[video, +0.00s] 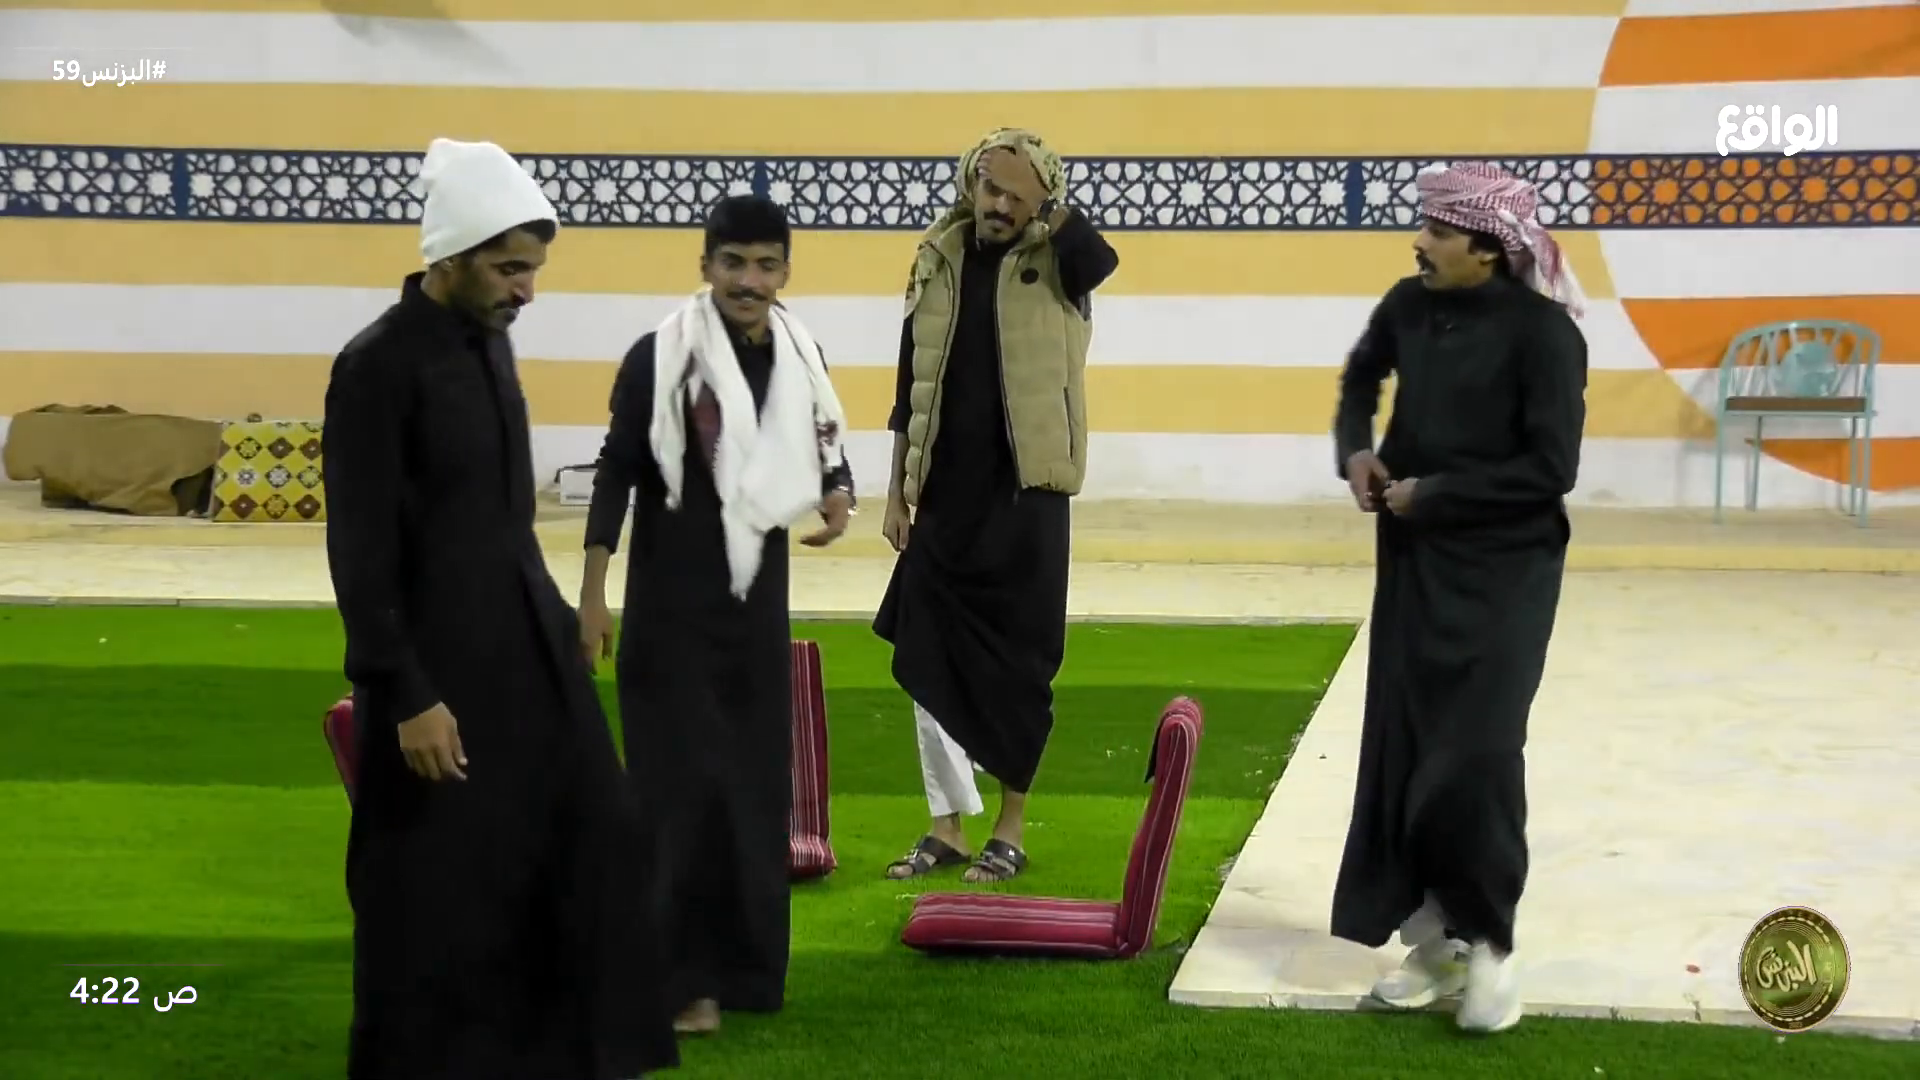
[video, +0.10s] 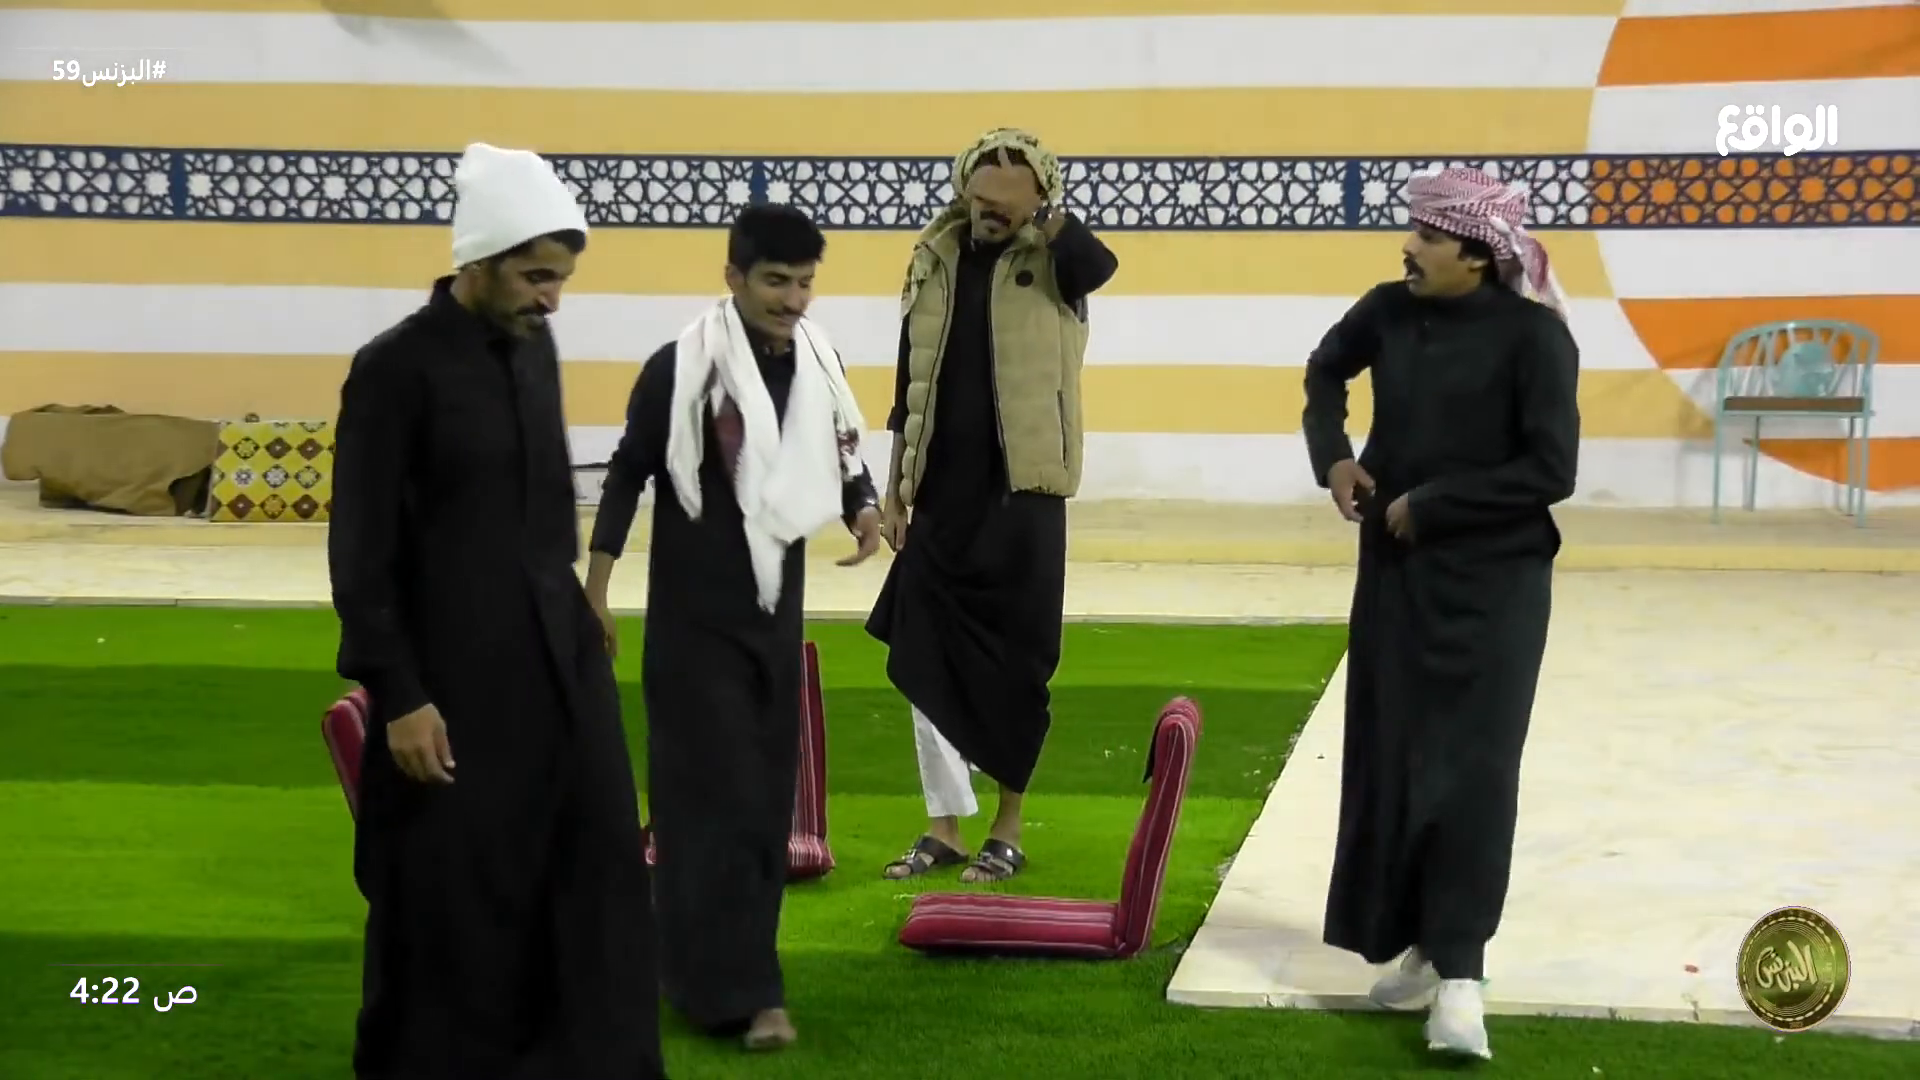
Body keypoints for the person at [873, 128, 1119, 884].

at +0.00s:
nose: (999, 209)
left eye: (1015, 200)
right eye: (991, 193)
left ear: (1044, 202)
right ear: (972, 186)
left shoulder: (1058, 257)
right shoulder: (938, 255)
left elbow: (1093, 264)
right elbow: (911, 376)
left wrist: (1054, 206)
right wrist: (896, 482)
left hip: (1027, 493)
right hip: (943, 489)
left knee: (1020, 658)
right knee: (927, 656)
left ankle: (1007, 833)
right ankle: (947, 830)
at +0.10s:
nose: (992, 222)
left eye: (1007, 211)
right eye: (982, 208)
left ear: (1040, 205)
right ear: (965, 194)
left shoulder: (1055, 258)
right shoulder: (935, 257)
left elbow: (1095, 270)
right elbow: (909, 378)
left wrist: (1048, 215)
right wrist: (894, 482)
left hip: (1023, 497)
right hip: (939, 494)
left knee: (1017, 663)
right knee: (923, 659)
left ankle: (1005, 832)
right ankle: (946, 831)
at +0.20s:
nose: (982, 212)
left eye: (998, 199)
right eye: (973, 198)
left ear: (1033, 195)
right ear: (960, 193)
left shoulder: (1054, 258)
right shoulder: (933, 261)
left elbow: (1104, 274)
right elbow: (909, 382)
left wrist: (1040, 222)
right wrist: (893, 483)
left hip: (1021, 496)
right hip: (936, 493)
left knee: (1016, 662)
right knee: (923, 658)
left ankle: (1004, 833)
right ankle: (943, 833)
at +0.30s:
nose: (980, 196)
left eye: (997, 186)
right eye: (969, 183)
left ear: (1023, 196)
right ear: (950, 188)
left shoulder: (1046, 259)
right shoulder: (923, 263)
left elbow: (1114, 298)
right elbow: (902, 373)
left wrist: (1026, 254)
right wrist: (894, 467)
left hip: (1016, 498)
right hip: (929, 493)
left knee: (1011, 664)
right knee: (916, 657)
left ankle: (999, 832)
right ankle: (937, 831)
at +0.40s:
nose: (971, 195)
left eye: (987, 184)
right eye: (959, 181)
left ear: (1013, 195)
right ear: (939, 189)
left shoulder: (1042, 264)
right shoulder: (915, 265)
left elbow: (1108, 320)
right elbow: (889, 369)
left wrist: (1012, 277)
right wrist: (872, 463)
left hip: (1008, 501)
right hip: (920, 496)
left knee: (1002, 667)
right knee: (909, 660)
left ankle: (991, 833)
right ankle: (930, 830)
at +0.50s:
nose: (957, 195)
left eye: (973, 184)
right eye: (945, 181)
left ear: (1000, 195)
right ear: (924, 189)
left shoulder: (1029, 264)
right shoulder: (891, 263)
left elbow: (1086, 332)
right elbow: (845, 354)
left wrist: (1007, 270)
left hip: (994, 497)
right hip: (900, 491)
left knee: (991, 662)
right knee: (900, 658)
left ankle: (979, 829)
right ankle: (913, 825)